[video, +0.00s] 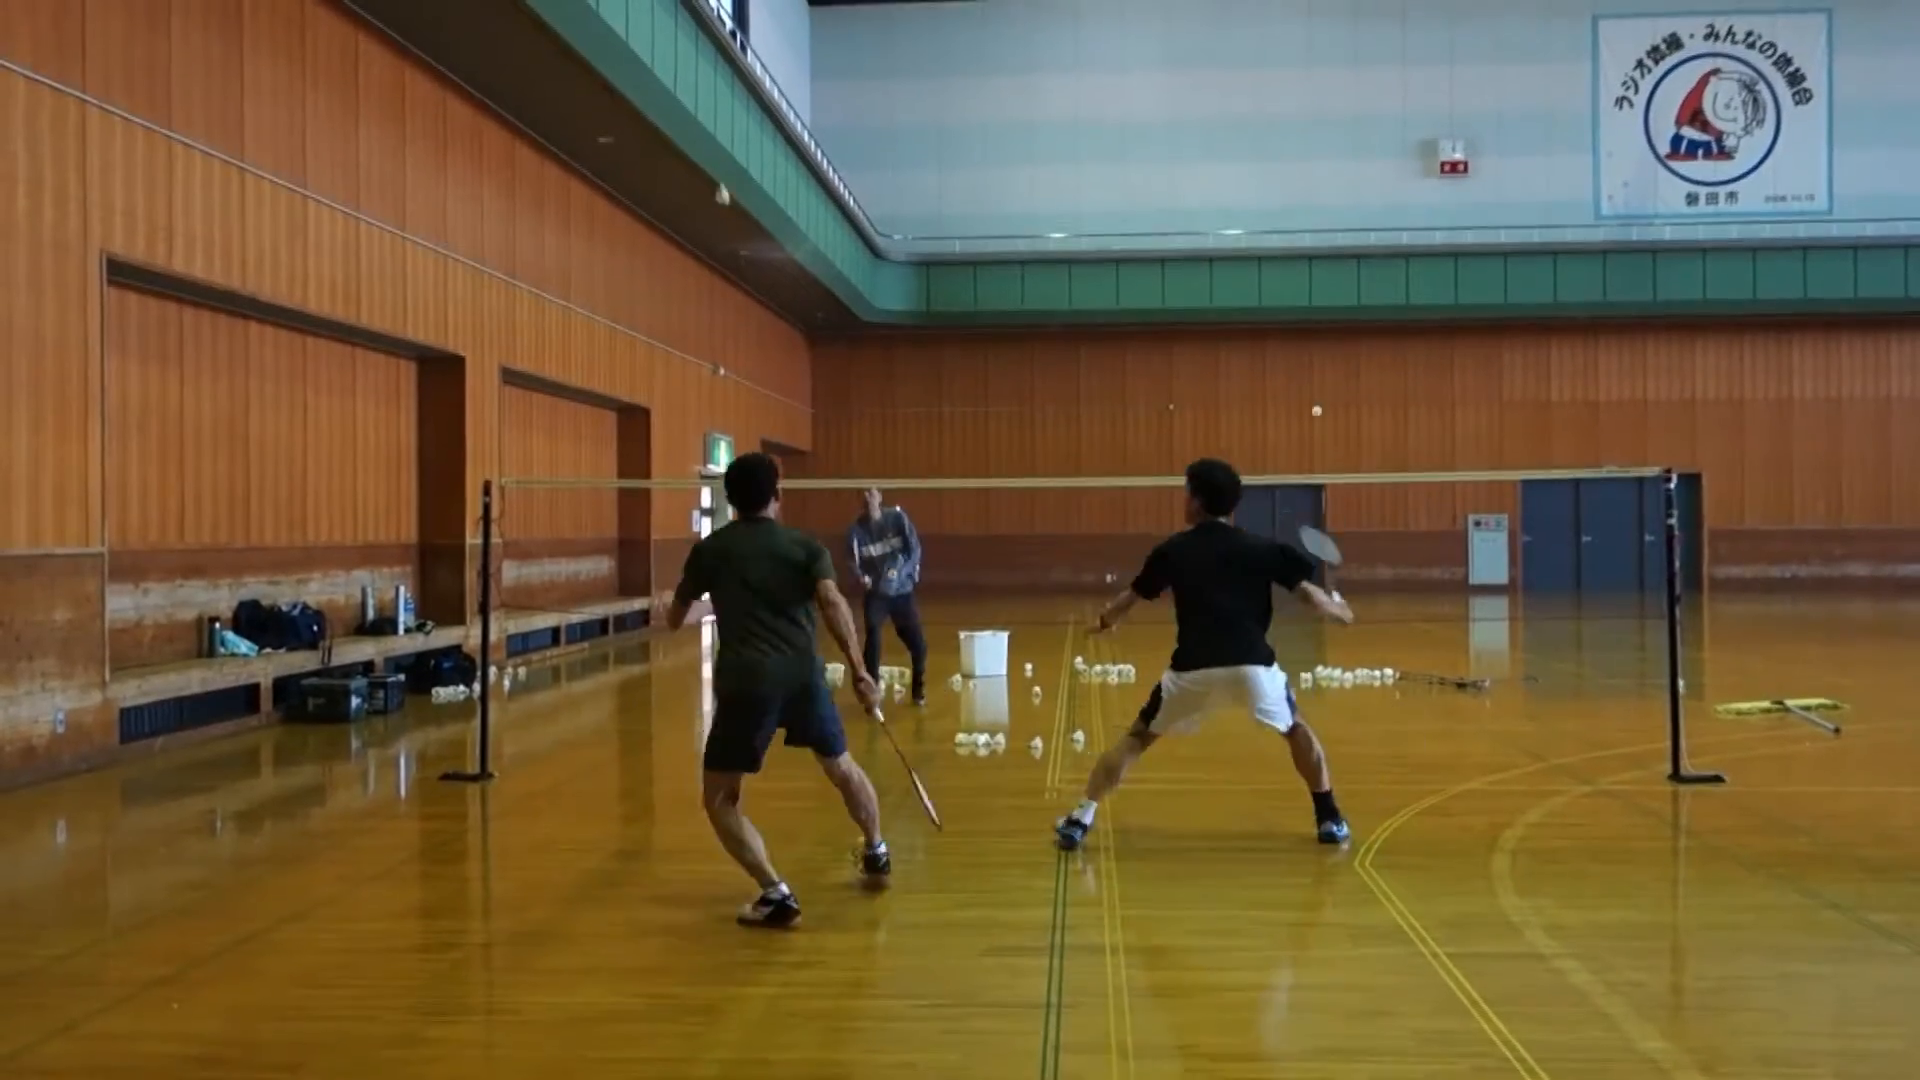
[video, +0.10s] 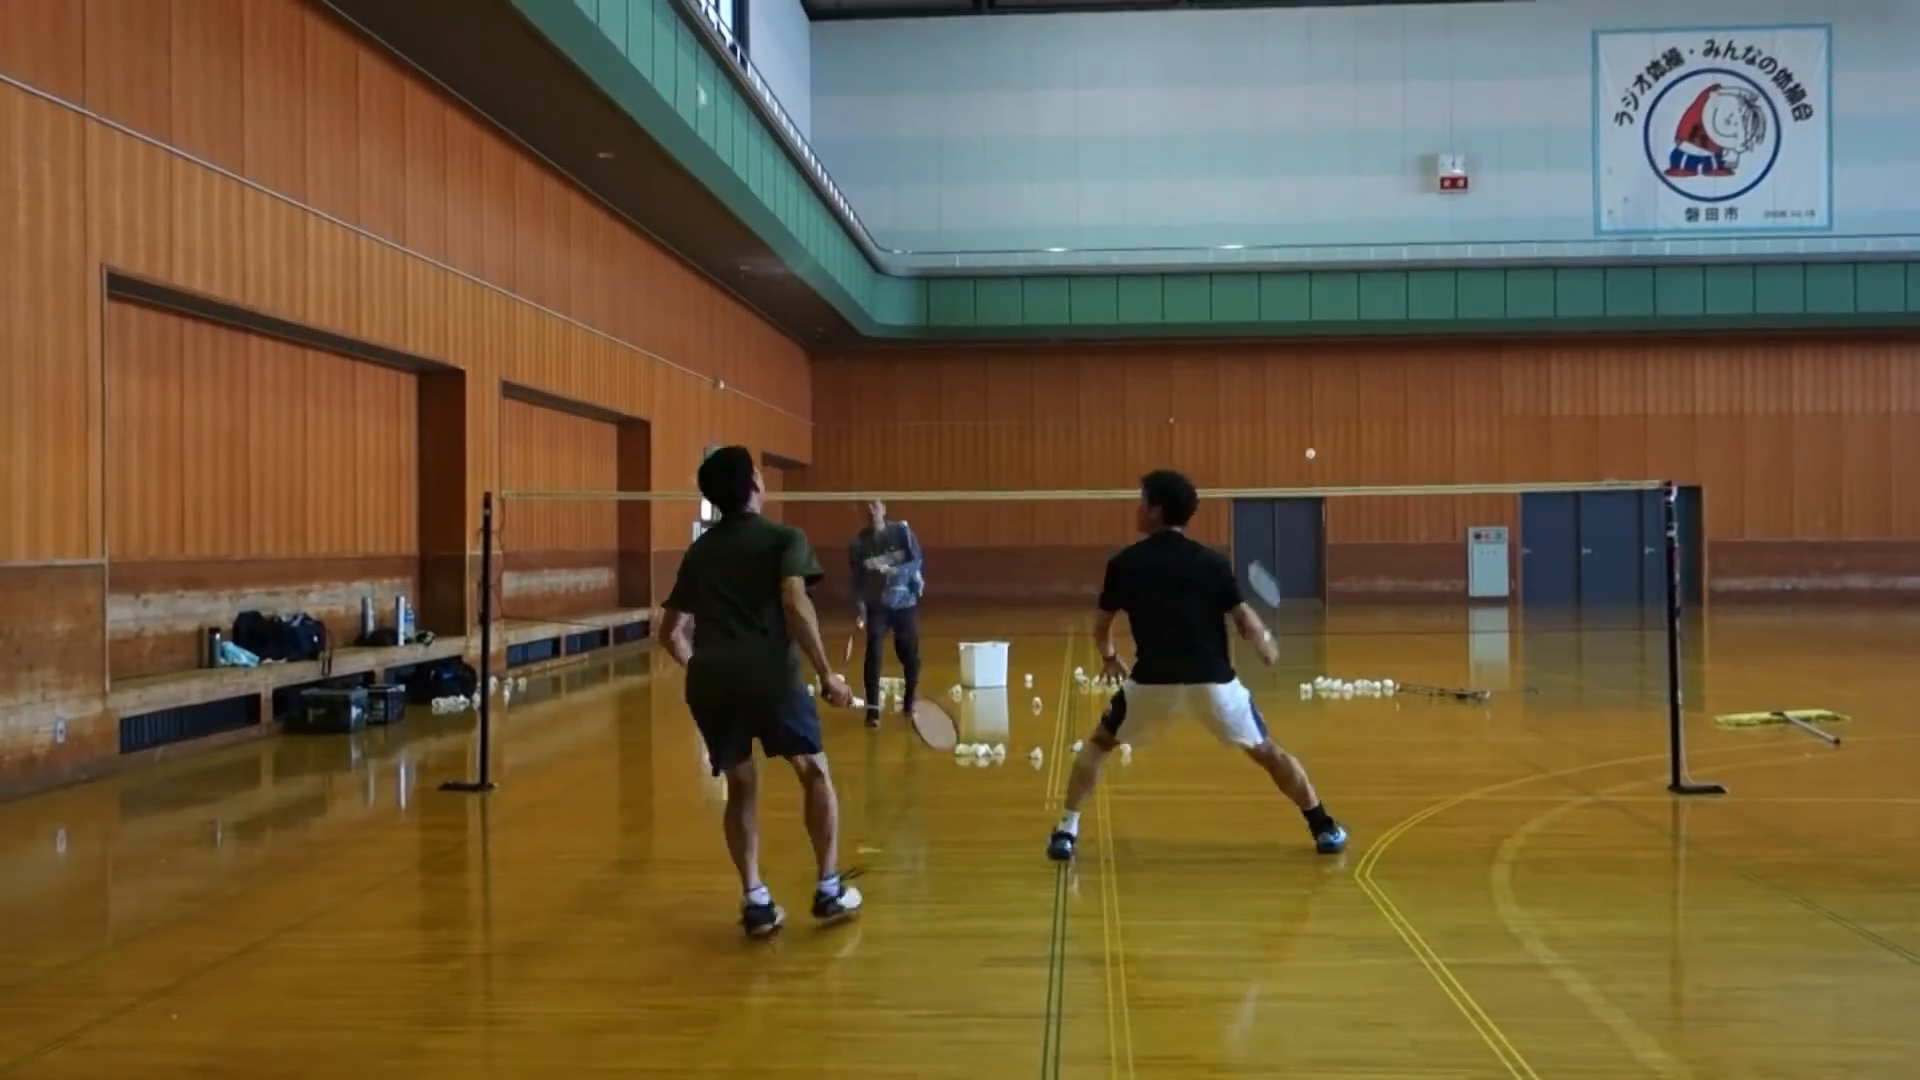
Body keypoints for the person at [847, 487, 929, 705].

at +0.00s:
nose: (869, 499)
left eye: (872, 494)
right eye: (866, 495)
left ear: (880, 497)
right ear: (862, 500)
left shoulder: (897, 517)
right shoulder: (857, 529)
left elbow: (914, 545)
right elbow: (853, 560)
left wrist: (912, 573)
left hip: (901, 590)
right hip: (876, 592)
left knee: (918, 644)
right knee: (873, 639)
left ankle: (918, 688)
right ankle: (871, 689)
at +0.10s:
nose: (872, 511)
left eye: (875, 506)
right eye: (868, 507)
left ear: (883, 508)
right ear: (864, 511)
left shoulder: (901, 531)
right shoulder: (859, 543)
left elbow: (916, 560)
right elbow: (857, 579)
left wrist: (895, 572)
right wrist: (859, 610)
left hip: (903, 603)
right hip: (876, 606)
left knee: (909, 654)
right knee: (873, 656)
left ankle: (909, 701)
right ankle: (872, 707)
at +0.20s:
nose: (874, 517)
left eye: (877, 513)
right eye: (870, 513)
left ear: (886, 515)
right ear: (868, 517)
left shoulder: (905, 538)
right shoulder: (864, 547)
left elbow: (913, 570)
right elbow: (861, 584)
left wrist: (884, 566)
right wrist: (863, 616)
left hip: (906, 608)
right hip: (879, 610)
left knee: (908, 658)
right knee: (874, 660)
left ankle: (908, 709)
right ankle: (872, 712)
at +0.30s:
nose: (875, 522)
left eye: (879, 516)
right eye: (872, 518)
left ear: (888, 518)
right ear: (871, 522)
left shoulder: (906, 541)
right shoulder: (873, 547)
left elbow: (909, 573)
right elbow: (876, 581)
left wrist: (877, 561)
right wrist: (874, 610)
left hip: (908, 611)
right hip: (884, 612)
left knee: (912, 665)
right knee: (877, 664)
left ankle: (908, 716)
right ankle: (873, 714)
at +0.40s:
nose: (874, 524)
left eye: (877, 518)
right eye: (871, 520)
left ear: (886, 520)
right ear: (869, 524)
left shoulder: (902, 542)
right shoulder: (874, 546)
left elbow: (904, 573)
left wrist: (871, 551)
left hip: (910, 613)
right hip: (884, 613)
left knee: (911, 667)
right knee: (877, 665)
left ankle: (908, 716)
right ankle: (877, 715)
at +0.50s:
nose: (871, 529)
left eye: (874, 523)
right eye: (868, 525)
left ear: (885, 523)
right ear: (868, 528)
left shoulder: (900, 543)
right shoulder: (875, 548)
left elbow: (895, 573)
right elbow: (883, 573)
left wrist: (866, 554)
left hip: (910, 614)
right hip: (888, 613)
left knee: (911, 668)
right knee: (876, 663)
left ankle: (908, 718)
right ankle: (879, 713)